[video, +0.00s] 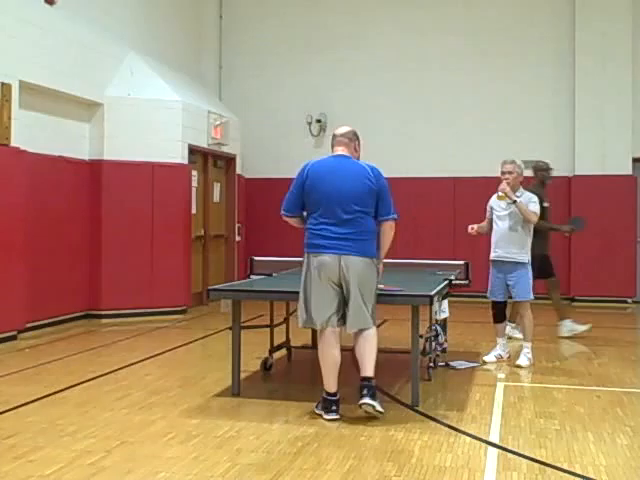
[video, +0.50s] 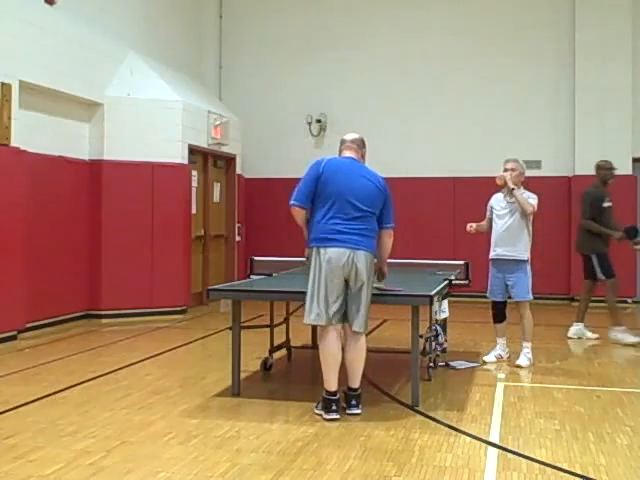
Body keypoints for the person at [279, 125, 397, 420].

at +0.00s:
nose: (359, 149)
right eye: (359, 145)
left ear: (331, 146)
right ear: (357, 147)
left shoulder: (310, 170)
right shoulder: (372, 173)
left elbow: (289, 214)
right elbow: (387, 222)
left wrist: (315, 225)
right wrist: (379, 259)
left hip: (321, 260)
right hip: (360, 261)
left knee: (327, 328)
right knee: (365, 325)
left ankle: (330, 402)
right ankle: (368, 391)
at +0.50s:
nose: (350, 148)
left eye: (345, 145)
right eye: (356, 146)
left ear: (339, 150)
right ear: (364, 154)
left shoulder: (321, 166)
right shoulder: (378, 181)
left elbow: (297, 207)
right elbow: (387, 230)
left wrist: (311, 235)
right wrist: (382, 261)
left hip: (328, 253)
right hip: (363, 257)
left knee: (330, 327)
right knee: (356, 330)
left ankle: (331, 401)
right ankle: (353, 398)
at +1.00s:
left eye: (343, 142)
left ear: (341, 148)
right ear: (365, 152)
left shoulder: (331, 165)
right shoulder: (380, 182)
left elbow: (313, 205)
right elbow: (384, 233)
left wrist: (300, 234)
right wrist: (378, 267)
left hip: (330, 251)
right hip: (367, 257)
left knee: (317, 323)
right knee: (358, 329)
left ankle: (319, 397)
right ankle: (353, 398)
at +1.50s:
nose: (302, 152)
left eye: (302, 148)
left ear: (304, 150)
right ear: (329, 148)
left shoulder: (300, 171)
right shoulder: (351, 175)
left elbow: (284, 218)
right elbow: (369, 222)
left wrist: (265, 257)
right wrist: (352, 245)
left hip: (307, 259)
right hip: (343, 260)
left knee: (299, 328)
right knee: (344, 330)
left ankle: (293, 402)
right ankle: (352, 398)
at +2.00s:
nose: (257, 162)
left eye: (256, 158)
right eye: (256, 158)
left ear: (260, 151)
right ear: (281, 145)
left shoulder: (267, 172)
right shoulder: (312, 172)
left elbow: (255, 222)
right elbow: (325, 216)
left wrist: (240, 261)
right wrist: (307, 241)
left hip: (282, 258)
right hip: (311, 257)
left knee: (286, 331)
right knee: (301, 329)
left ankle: (292, 402)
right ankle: (302, 389)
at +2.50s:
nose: (222, 166)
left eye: (220, 162)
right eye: (220, 163)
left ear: (224, 155)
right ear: (243, 150)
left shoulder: (236, 167)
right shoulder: (270, 173)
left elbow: (239, 204)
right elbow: (290, 215)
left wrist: (226, 243)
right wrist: (273, 245)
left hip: (252, 255)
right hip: (276, 254)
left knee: (244, 327)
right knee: (259, 328)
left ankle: (281, 390)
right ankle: (244, 391)